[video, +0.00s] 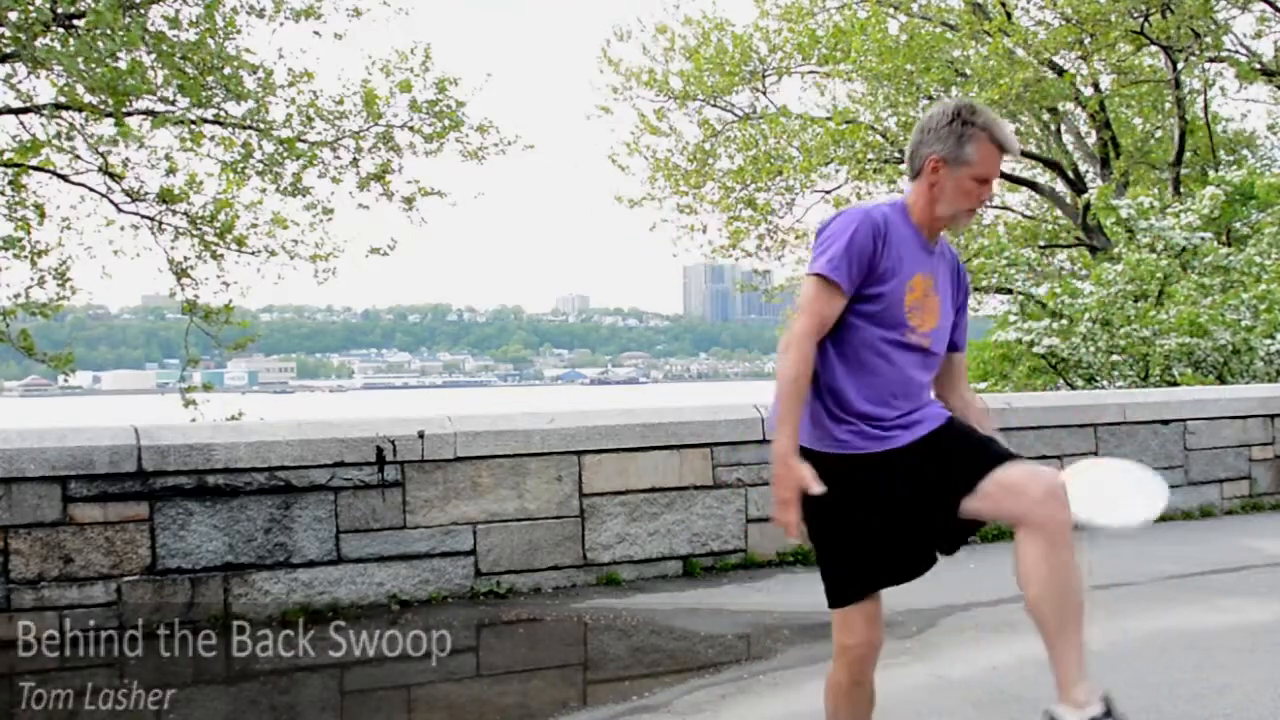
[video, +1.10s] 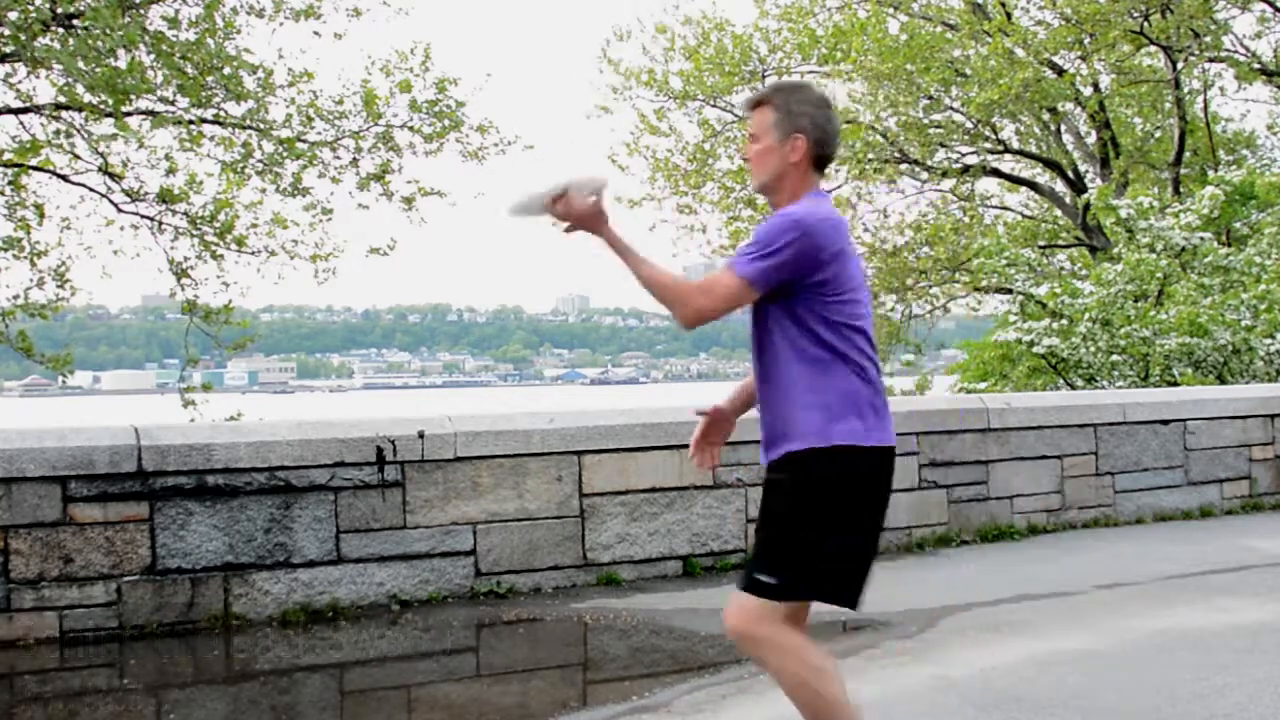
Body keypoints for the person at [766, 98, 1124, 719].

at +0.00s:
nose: (988, 197)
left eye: (993, 184)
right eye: (980, 180)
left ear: (942, 175)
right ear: (934, 170)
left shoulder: (950, 273)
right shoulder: (863, 228)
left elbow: (953, 389)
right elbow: (800, 338)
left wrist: (1009, 479)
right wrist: (783, 454)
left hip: (920, 441)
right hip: (840, 457)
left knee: (1044, 497)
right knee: (858, 646)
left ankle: (1076, 701)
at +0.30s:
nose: (900, 176)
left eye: (915, 164)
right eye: (888, 158)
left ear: (930, 169)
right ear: (862, 153)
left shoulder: (932, 255)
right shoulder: (810, 227)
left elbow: (909, 357)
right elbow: (757, 338)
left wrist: (922, 430)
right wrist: (750, 450)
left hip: (912, 435)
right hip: (825, 450)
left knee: (1042, 485)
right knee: (846, 639)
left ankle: (1095, 695)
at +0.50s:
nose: (838, 128)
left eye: (855, 117)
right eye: (835, 116)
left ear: (901, 134)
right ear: (833, 125)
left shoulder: (940, 221)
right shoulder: (800, 206)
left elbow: (908, 319)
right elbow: (780, 324)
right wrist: (832, 434)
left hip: (929, 427)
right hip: (835, 434)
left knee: (1012, 571)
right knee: (846, 625)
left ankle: (1029, 715)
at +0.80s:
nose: (818, 119)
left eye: (834, 108)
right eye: (823, 107)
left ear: (877, 128)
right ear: (861, 128)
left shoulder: (934, 209)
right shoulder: (792, 215)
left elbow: (974, 322)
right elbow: (774, 326)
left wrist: (890, 337)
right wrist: (787, 409)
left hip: (922, 447)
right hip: (829, 451)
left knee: (954, 615)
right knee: (806, 618)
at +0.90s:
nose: (799, 130)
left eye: (813, 119)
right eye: (804, 118)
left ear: (855, 137)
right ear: (845, 137)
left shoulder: (898, 210)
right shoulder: (786, 222)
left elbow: (878, 325)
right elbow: (771, 325)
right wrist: (755, 406)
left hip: (899, 446)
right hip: (811, 450)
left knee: (926, 631)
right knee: (790, 624)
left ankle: (975, 715)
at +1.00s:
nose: (775, 145)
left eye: (788, 133)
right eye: (779, 132)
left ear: (830, 148)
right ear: (820, 149)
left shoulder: (853, 223)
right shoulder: (785, 231)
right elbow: (783, 344)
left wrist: (680, 234)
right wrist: (733, 409)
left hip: (864, 448)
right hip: (799, 452)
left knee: (842, 640)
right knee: (778, 626)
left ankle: (938, 711)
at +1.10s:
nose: (745, 151)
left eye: (756, 138)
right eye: (746, 138)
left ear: (797, 147)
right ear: (795, 150)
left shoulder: (802, 225)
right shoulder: (815, 228)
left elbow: (693, 306)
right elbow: (803, 352)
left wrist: (605, 231)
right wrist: (733, 405)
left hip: (828, 449)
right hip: (825, 448)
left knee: (750, 619)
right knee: (783, 623)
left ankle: (846, 713)